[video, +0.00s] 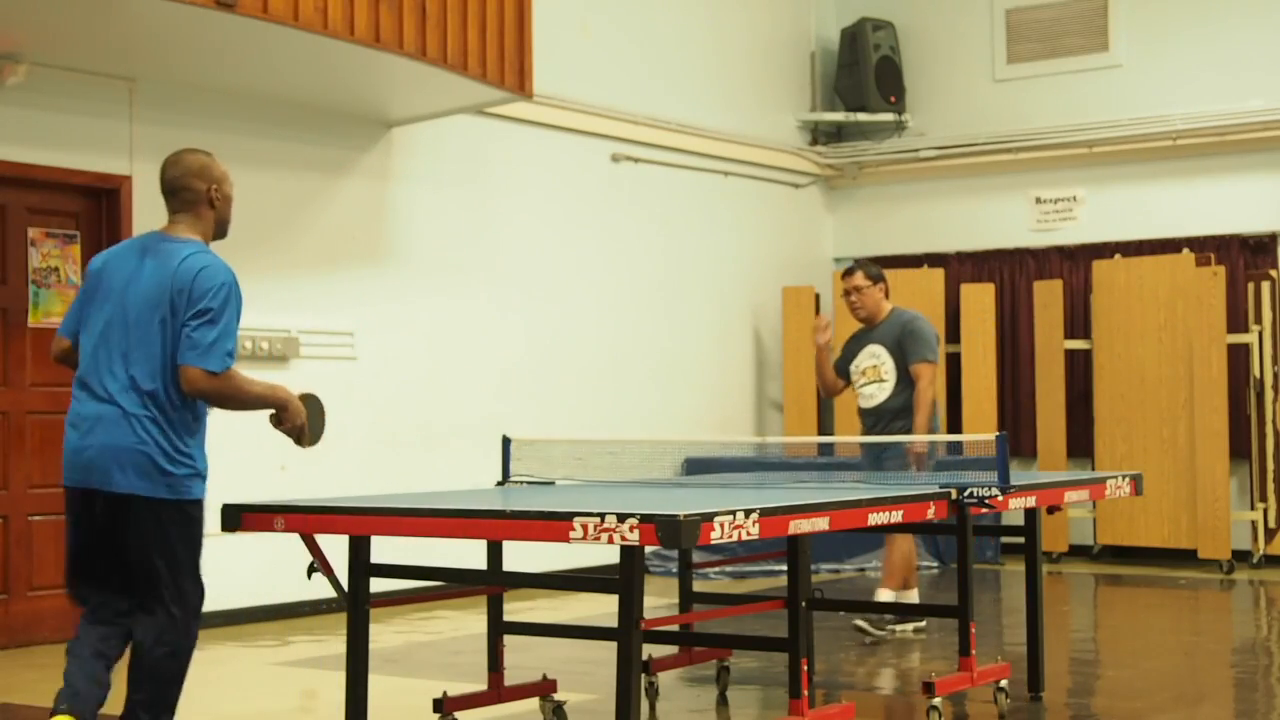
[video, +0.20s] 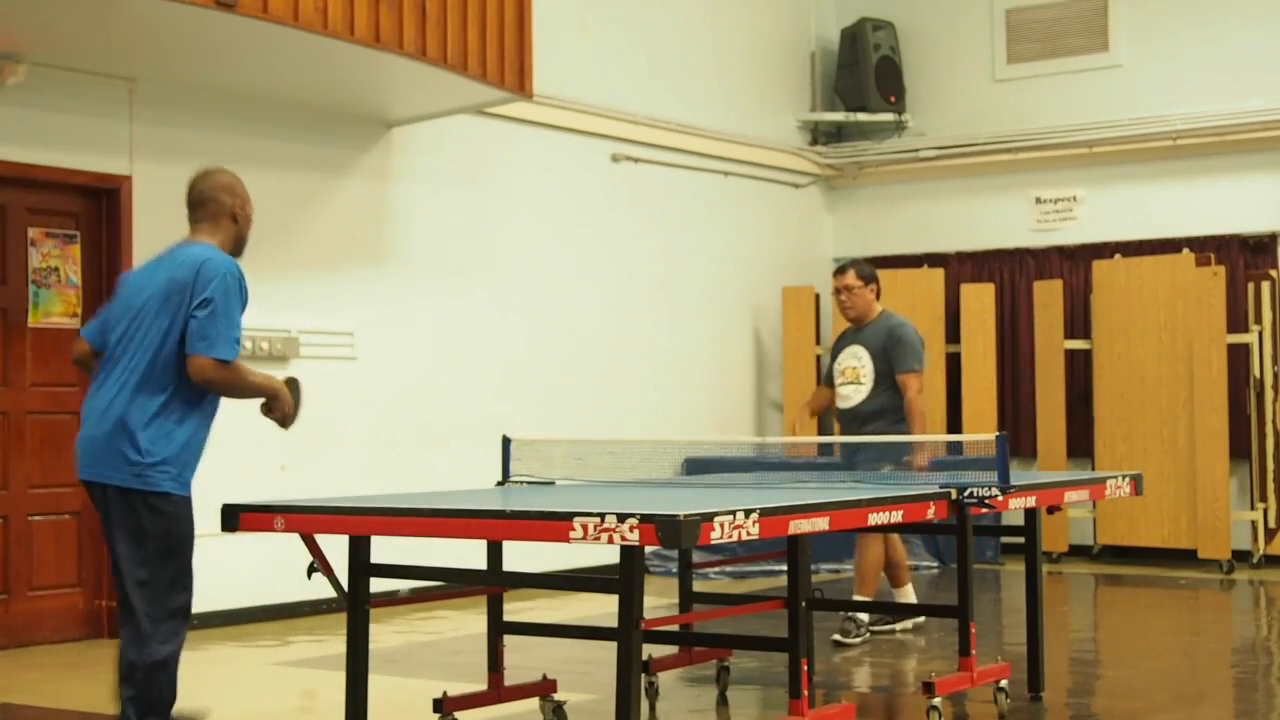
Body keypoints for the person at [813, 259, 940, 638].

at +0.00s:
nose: (853, 299)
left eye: (859, 291)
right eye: (848, 294)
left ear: (882, 290)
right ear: (846, 298)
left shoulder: (911, 325)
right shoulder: (855, 342)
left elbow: (926, 382)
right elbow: (831, 388)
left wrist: (920, 437)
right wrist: (823, 350)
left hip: (907, 442)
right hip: (873, 445)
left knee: (899, 520)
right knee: (896, 521)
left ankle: (883, 605)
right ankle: (910, 608)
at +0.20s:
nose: (843, 299)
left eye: (850, 291)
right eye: (838, 293)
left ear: (872, 290)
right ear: (835, 297)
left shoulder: (898, 331)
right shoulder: (843, 340)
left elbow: (913, 391)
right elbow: (830, 390)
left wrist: (920, 445)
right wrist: (813, 405)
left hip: (888, 446)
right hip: (854, 448)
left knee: (870, 524)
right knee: (880, 525)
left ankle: (859, 614)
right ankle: (908, 607)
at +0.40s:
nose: (833, 292)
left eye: (841, 284)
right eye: (830, 286)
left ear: (865, 286)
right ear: (828, 290)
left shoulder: (886, 330)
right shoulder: (831, 332)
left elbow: (894, 392)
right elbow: (826, 393)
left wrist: (891, 446)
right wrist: (817, 441)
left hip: (866, 442)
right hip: (830, 442)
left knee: (857, 523)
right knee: (835, 523)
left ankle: (856, 612)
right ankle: (880, 580)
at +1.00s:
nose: (806, 283)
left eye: (811, 275)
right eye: (796, 279)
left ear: (822, 280)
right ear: (785, 289)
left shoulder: (854, 318)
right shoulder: (777, 338)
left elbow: (871, 373)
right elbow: (763, 394)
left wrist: (865, 428)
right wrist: (749, 444)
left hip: (856, 441)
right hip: (807, 446)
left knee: (863, 523)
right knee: (809, 527)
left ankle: (865, 613)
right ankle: (810, 613)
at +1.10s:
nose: (808, 282)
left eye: (812, 274)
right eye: (799, 277)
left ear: (823, 278)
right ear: (786, 288)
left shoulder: (854, 319)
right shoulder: (776, 337)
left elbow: (879, 373)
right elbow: (764, 392)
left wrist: (892, 429)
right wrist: (749, 441)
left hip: (864, 441)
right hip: (810, 447)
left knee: (878, 522)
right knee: (810, 526)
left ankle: (885, 613)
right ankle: (809, 613)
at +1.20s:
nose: (813, 282)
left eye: (819, 274)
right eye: (803, 277)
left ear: (829, 279)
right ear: (791, 287)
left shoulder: (861, 320)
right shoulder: (780, 337)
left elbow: (888, 373)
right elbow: (766, 393)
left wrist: (915, 426)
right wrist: (757, 442)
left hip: (868, 442)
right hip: (814, 450)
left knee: (889, 521)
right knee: (812, 529)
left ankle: (910, 609)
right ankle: (809, 614)